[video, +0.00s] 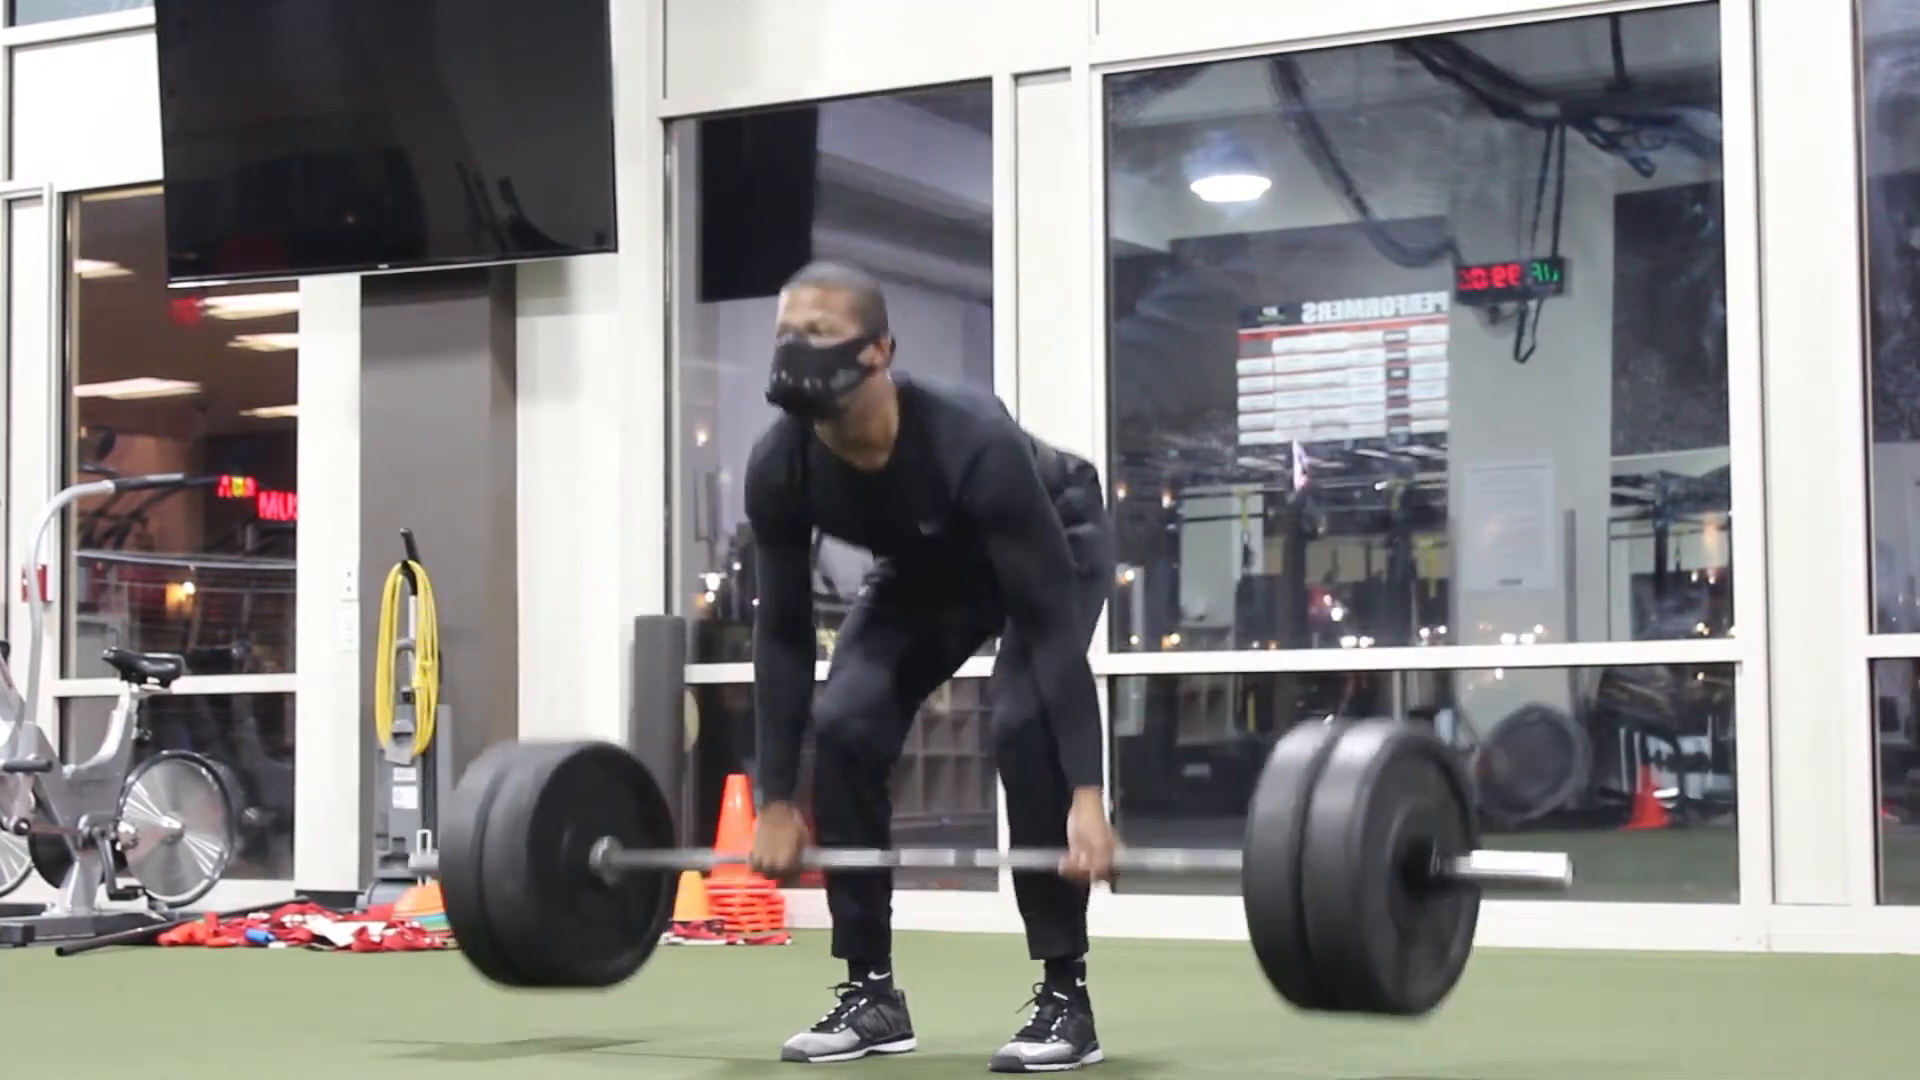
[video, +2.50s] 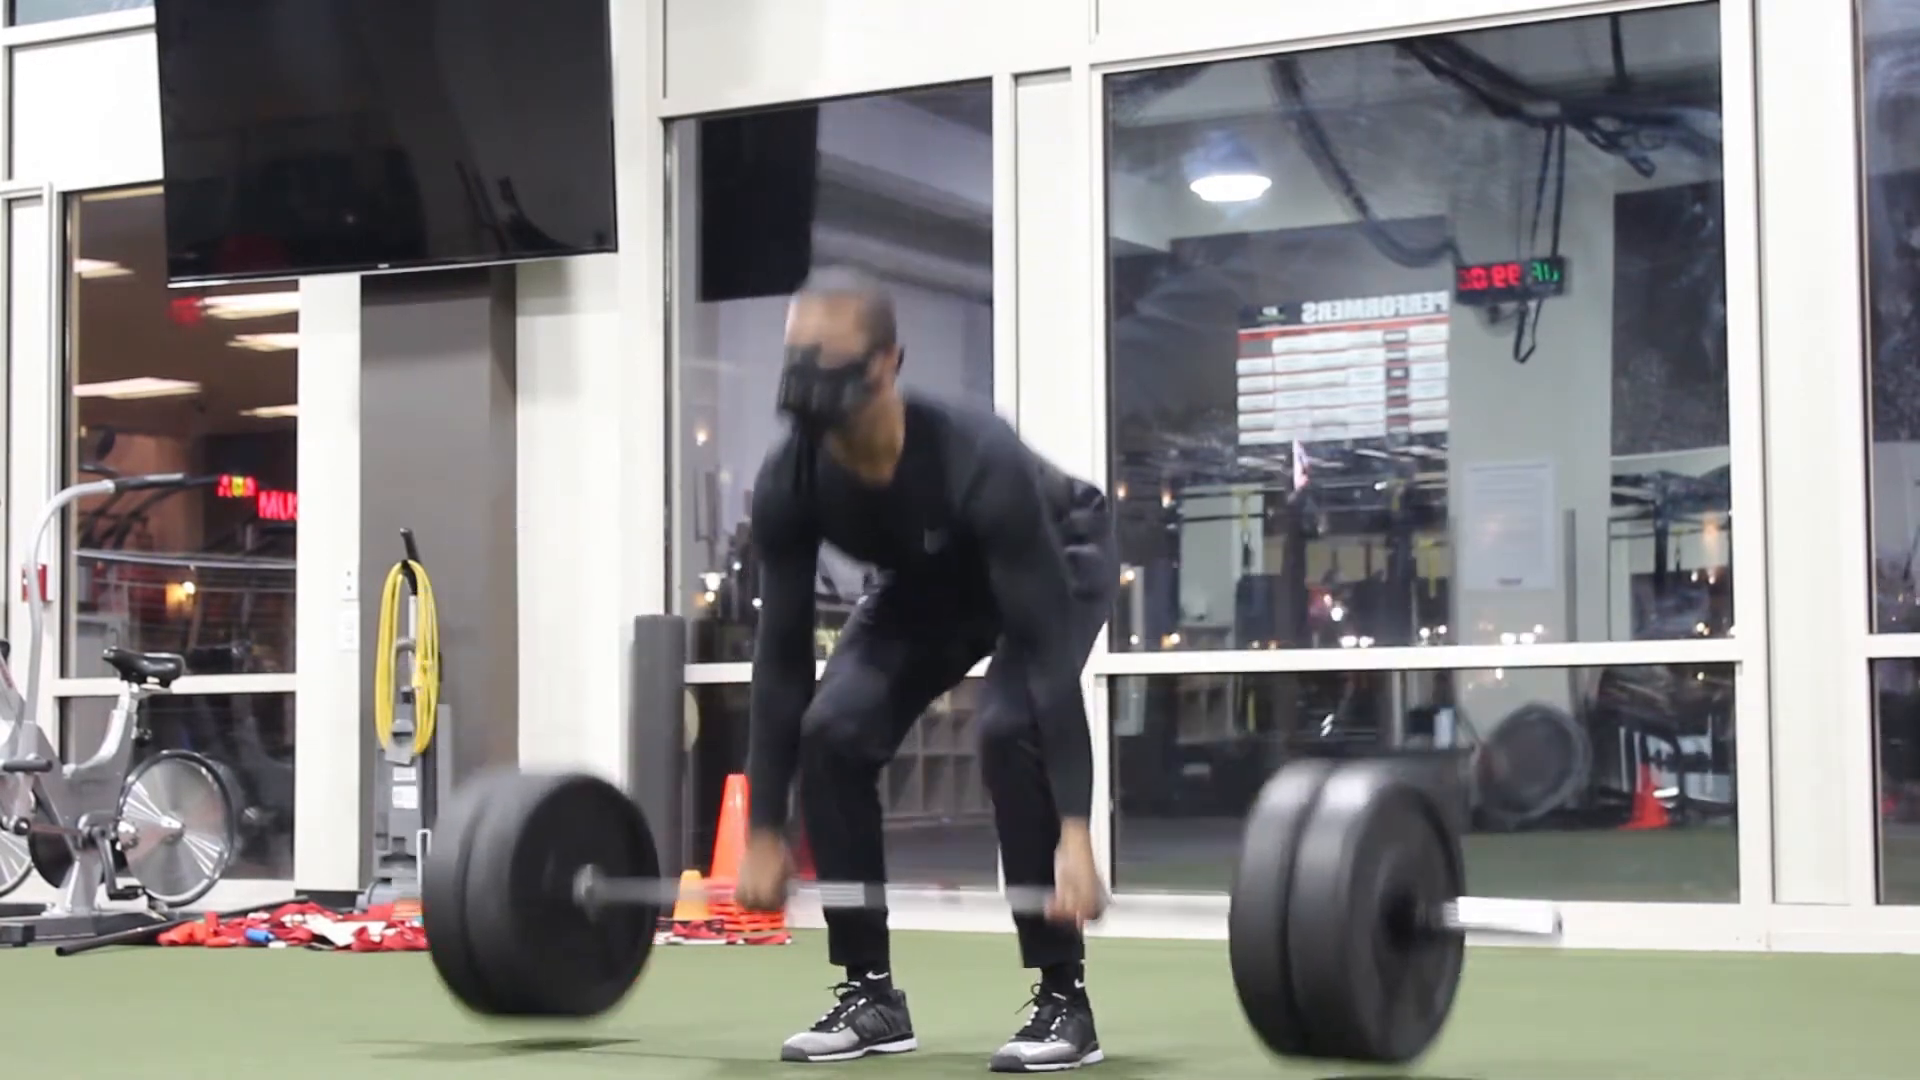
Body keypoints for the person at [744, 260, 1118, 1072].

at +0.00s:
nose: (793, 353)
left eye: (816, 338)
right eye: (784, 337)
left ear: (879, 353)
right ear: (775, 346)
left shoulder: (976, 444)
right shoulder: (780, 468)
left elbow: (1055, 623)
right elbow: (782, 632)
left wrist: (1088, 795)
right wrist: (775, 800)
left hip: (1046, 539)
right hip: (930, 564)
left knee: (1022, 726)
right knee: (842, 729)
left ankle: (1063, 999)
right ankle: (871, 996)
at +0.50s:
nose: (890, 23)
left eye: (911, 10)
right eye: (873, 11)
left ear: (948, 32)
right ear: (849, 40)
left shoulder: (1012, 157)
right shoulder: (824, 179)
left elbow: (1069, 335)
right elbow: (812, 353)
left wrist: (1085, 499)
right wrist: (785, 510)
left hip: (1010, 440)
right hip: (892, 443)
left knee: (1032, 723)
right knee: (887, 729)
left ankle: (1064, 995)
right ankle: (879, 989)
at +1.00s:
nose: (817, 274)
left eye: (841, 259)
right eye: (810, 256)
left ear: (901, 271)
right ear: (799, 258)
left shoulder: (991, 377)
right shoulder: (804, 402)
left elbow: (1054, 567)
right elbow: (793, 578)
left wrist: (1075, 742)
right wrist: (766, 749)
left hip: (1051, 530)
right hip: (939, 544)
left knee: (1041, 729)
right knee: (852, 728)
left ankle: (1065, 1002)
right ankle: (872, 996)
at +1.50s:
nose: (795, 299)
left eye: (817, 280)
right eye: (783, 280)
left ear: (874, 284)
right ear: (773, 285)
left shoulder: (968, 379)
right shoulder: (778, 409)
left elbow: (1047, 554)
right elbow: (782, 569)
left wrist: (1079, 722)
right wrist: (772, 732)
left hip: (1040, 516)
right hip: (923, 532)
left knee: (1034, 730)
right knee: (861, 723)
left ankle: (1065, 995)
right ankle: (871, 993)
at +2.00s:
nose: (887, 22)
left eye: (912, 10)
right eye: (874, 12)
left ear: (953, 34)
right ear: (853, 37)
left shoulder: (1016, 161)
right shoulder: (825, 182)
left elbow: (1056, 339)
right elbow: (809, 356)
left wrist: (1076, 499)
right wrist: (774, 514)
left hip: (1003, 451)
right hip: (883, 455)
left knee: (1018, 719)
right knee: (876, 731)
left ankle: (1063, 995)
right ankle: (875, 991)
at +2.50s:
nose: (804, 381)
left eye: (828, 364)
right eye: (796, 361)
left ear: (885, 367)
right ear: (786, 359)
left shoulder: (978, 457)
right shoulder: (788, 486)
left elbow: (1048, 651)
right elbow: (781, 658)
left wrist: (1075, 831)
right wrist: (764, 830)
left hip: (1052, 554)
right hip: (936, 575)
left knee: (1008, 731)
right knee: (832, 735)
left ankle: (1062, 1002)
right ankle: (871, 998)